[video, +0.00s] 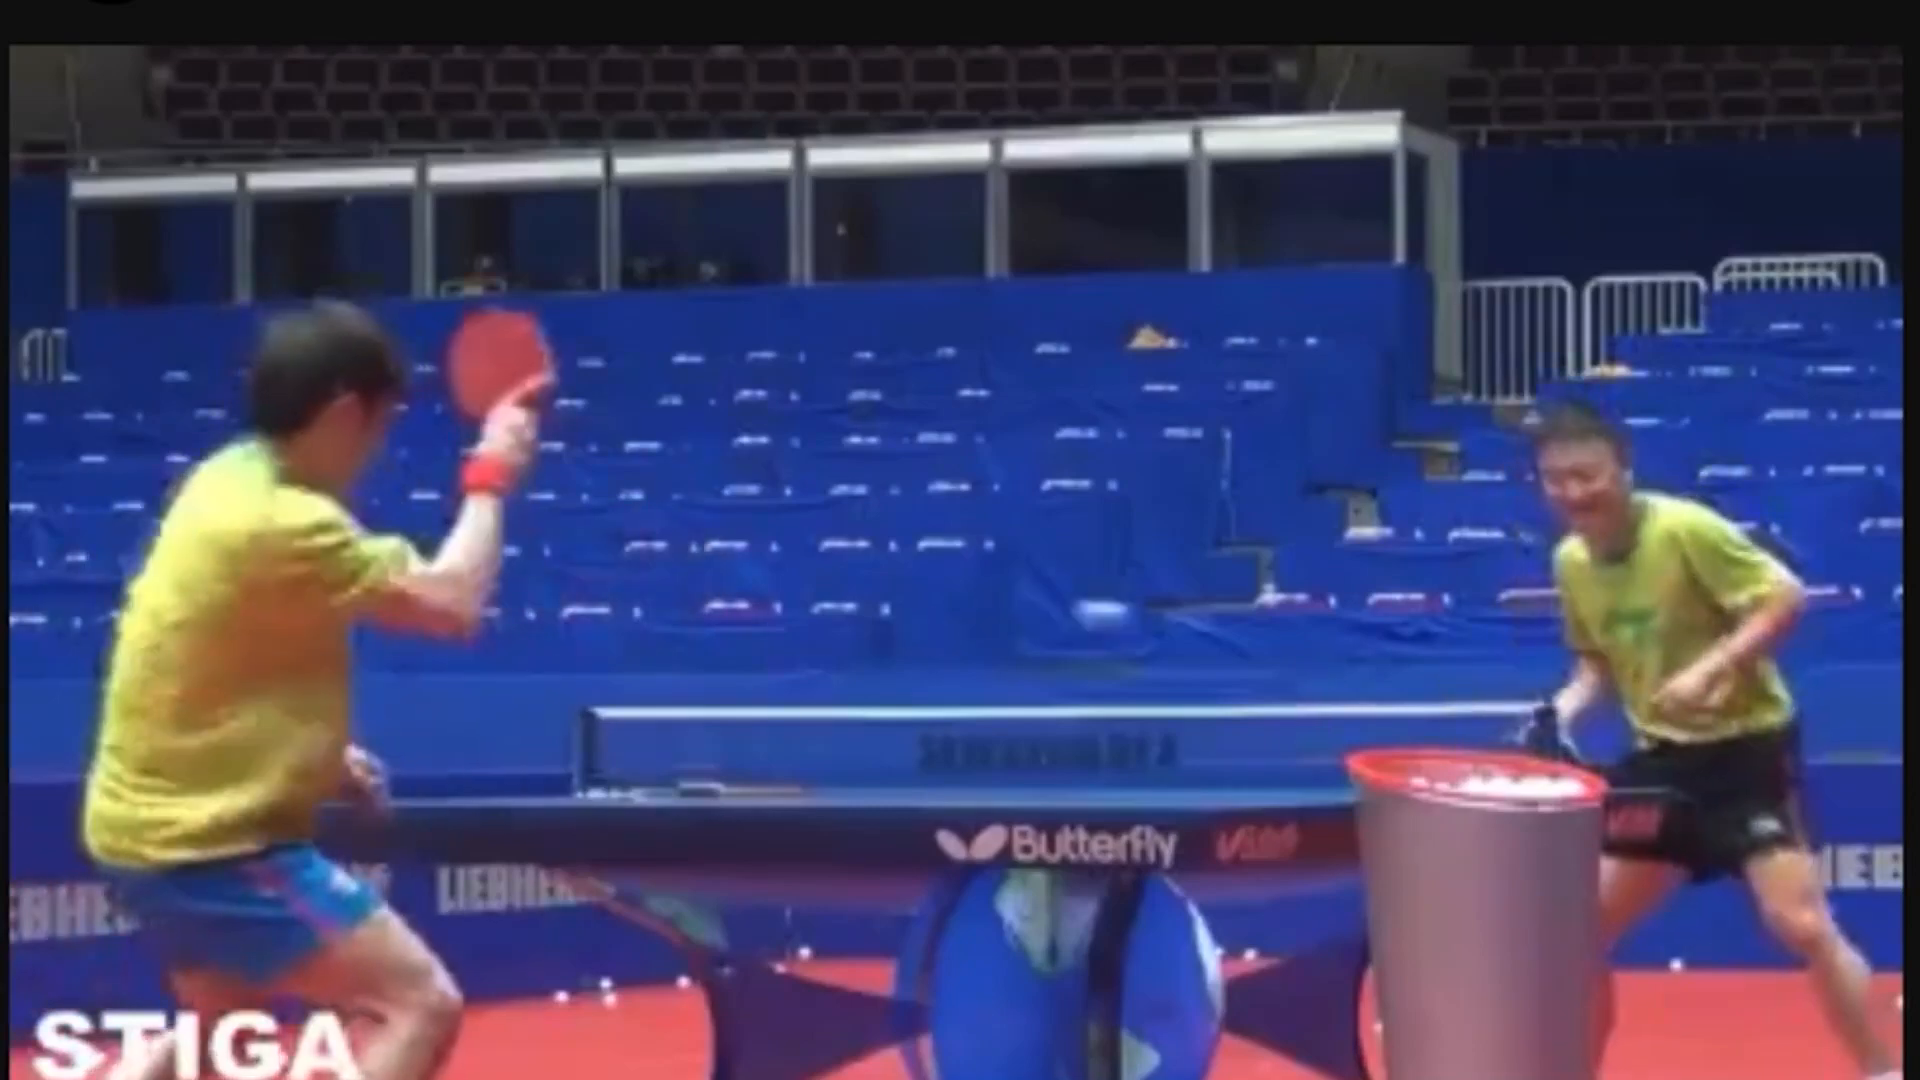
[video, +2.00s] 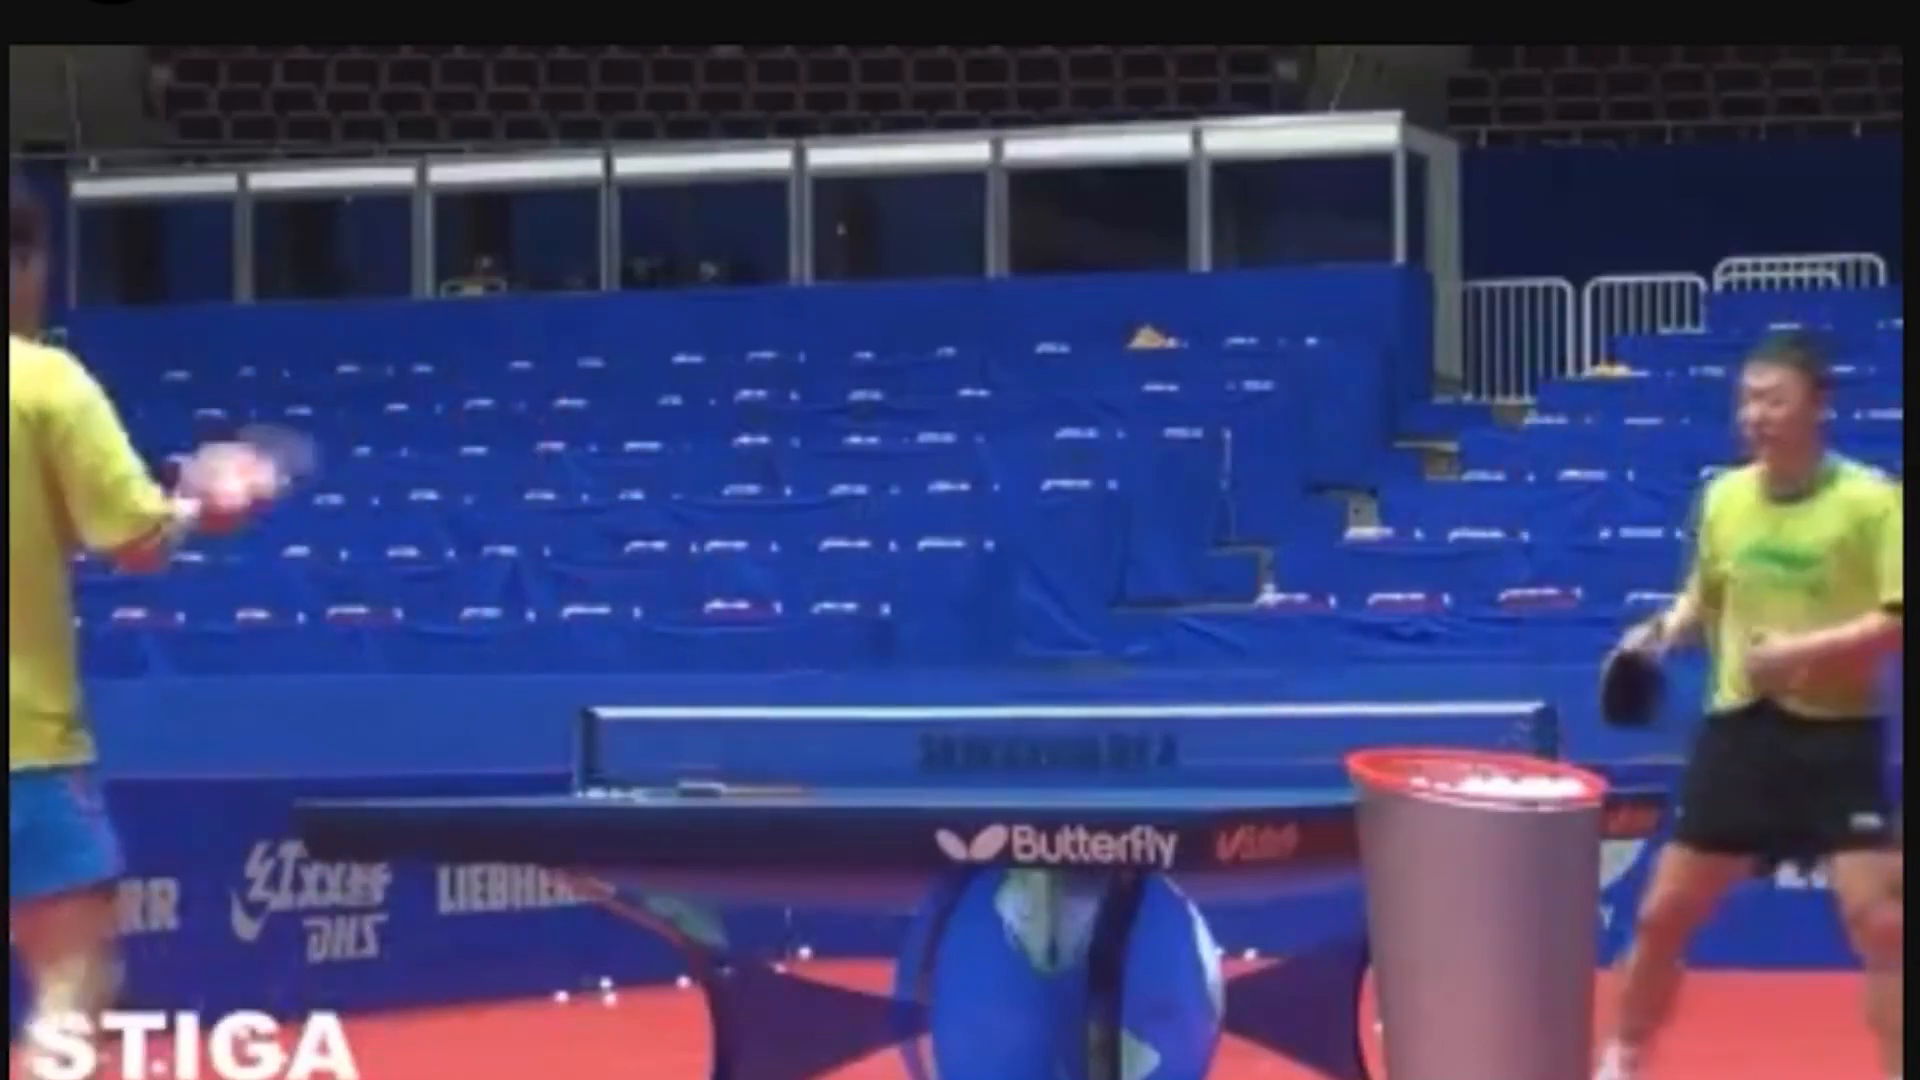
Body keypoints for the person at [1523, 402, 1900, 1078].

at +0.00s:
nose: (1577, 493)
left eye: (1590, 474)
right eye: (1561, 480)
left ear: (1623, 470)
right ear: (1546, 488)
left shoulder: (1685, 529)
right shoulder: (1572, 561)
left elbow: (1785, 594)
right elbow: (1595, 665)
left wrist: (1708, 670)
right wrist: (1558, 711)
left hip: (1747, 751)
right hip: (1662, 760)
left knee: (1802, 924)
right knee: (1578, 924)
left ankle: (1883, 1067)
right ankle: (1569, 1067)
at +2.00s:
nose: (1757, 417)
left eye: (1774, 401)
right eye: (1749, 401)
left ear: (1818, 406)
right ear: (1740, 410)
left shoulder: (1874, 502)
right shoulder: (1723, 496)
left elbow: (1894, 617)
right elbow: (1703, 595)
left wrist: (1803, 651)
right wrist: (1661, 633)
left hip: (1841, 735)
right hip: (1738, 729)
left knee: (1880, 923)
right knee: (1663, 912)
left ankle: (1897, 1066)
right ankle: (1623, 1059)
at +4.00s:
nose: (1693, 456)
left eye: (1705, 436)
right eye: (1679, 441)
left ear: (1742, 425)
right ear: (1668, 444)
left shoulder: (1805, 470)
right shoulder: (1669, 516)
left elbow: (1876, 546)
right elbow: (1700, 586)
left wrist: (1845, 608)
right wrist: (1726, 649)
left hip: (1826, 715)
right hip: (1731, 720)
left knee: (1831, 913)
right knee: (1699, 923)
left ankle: (1857, 1068)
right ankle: (1676, 1062)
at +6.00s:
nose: (1514, 429)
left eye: (1529, 415)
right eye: (1510, 418)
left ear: (1572, 422)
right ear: (1511, 436)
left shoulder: (1630, 488)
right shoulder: (1508, 518)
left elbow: (1674, 571)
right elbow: (1495, 620)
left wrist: (1597, 590)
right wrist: (1469, 712)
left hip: (1625, 689)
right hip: (1547, 696)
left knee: (1635, 857)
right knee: (1556, 856)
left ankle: (1626, 983)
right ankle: (1570, 1008)